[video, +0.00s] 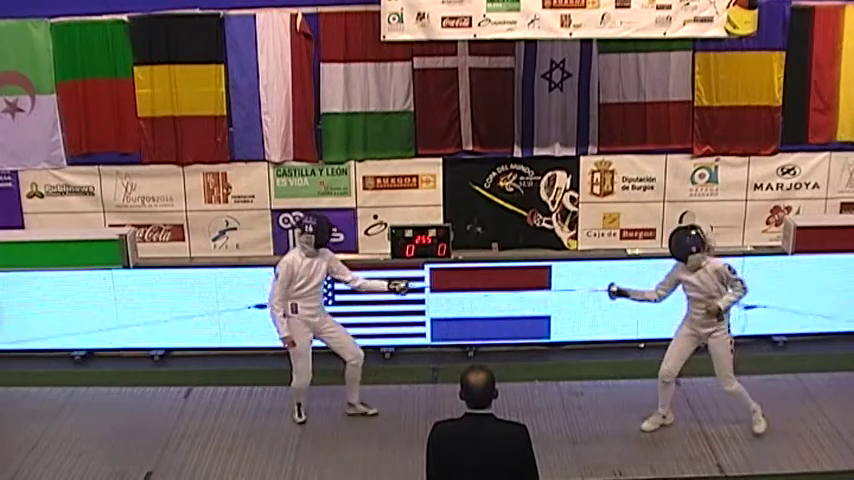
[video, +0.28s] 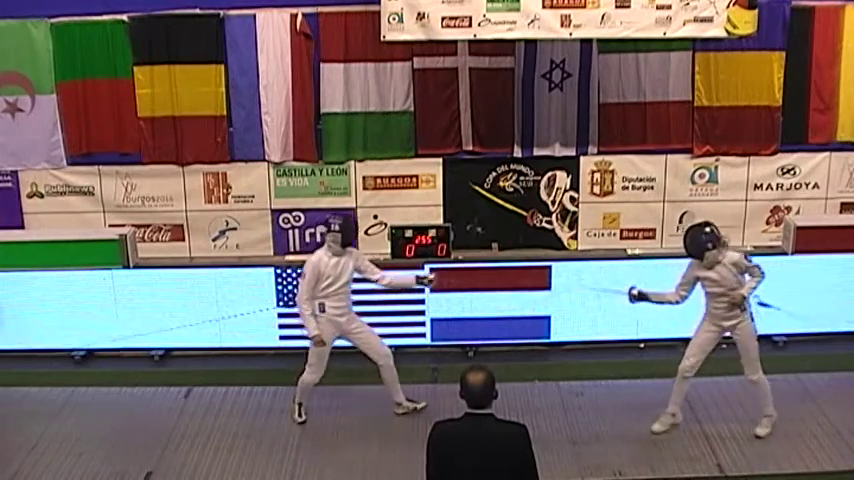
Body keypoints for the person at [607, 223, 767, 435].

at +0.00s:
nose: (685, 266)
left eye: (687, 261)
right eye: (683, 262)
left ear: (698, 253)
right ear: (682, 258)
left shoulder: (718, 268)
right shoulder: (680, 271)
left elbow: (739, 288)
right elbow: (657, 295)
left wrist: (722, 304)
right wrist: (624, 293)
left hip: (717, 330)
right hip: (690, 327)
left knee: (728, 384)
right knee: (666, 374)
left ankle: (755, 411)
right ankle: (663, 414)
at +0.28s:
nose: (701, 263)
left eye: (703, 258)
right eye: (698, 259)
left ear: (714, 249)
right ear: (697, 255)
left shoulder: (733, 258)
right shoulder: (696, 268)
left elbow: (758, 273)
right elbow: (678, 296)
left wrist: (745, 292)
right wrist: (644, 296)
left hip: (740, 321)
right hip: (712, 322)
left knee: (754, 376)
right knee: (686, 369)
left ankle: (769, 415)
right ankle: (672, 414)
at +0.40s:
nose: (714, 268)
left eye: (717, 263)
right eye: (712, 264)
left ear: (727, 255)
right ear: (710, 260)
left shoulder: (747, 268)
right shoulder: (709, 274)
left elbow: (771, 285)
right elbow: (694, 304)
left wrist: (755, 301)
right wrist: (662, 311)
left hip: (749, 330)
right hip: (721, 330)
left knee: (769, 379)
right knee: (694, 375)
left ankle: (797, 414)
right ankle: (691, 417)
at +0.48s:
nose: (728, 274)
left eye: (730, 270)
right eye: (725, 270)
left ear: (740, 263)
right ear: (724, 267)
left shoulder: (760, 277)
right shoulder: (721, 282)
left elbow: (781, 295)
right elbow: (710, 313)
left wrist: (765, 311)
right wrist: (678, 321)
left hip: (760, 338)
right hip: (731, 337)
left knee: (778, 388)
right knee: (697, 377)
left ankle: (808, 411)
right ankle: (691, 417)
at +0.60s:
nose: (747, 278)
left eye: (749, 274)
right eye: (744, 275)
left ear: (759, 265)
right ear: (742, 271)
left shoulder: (779, 277)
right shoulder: (742, 284)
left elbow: (804, 293)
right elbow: (738, 315)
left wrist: (790, 311)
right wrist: (707, 326)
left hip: (783, 339)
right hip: (754, 339)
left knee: (795, 390)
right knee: (716, 379)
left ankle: (810, 416)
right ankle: (694, 416)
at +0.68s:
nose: (754, 271)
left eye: (757, 266)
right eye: (751, 267)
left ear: (766, 257)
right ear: (749, 264)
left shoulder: (787, 267)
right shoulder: (749, 277)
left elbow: (814, 279)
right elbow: (748, 308)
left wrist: (803, 300)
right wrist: (716, 322)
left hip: (792, 332)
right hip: (763, 332)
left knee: (802, 383)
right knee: (728, 374)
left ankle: (812, 416)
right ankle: (705, 416)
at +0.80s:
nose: (760, 260)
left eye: (762, 256)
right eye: (757, 257)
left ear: (770, 248)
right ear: (754, 254)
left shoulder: (793, 259)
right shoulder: (755, 270)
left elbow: (819, 271)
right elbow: (752, 302)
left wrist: (808, 290)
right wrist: (720, 315)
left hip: (798, 325)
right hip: (768, 326)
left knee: (811, 378)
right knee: (741, 373)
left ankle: (822, 417)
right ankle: (735, 415)